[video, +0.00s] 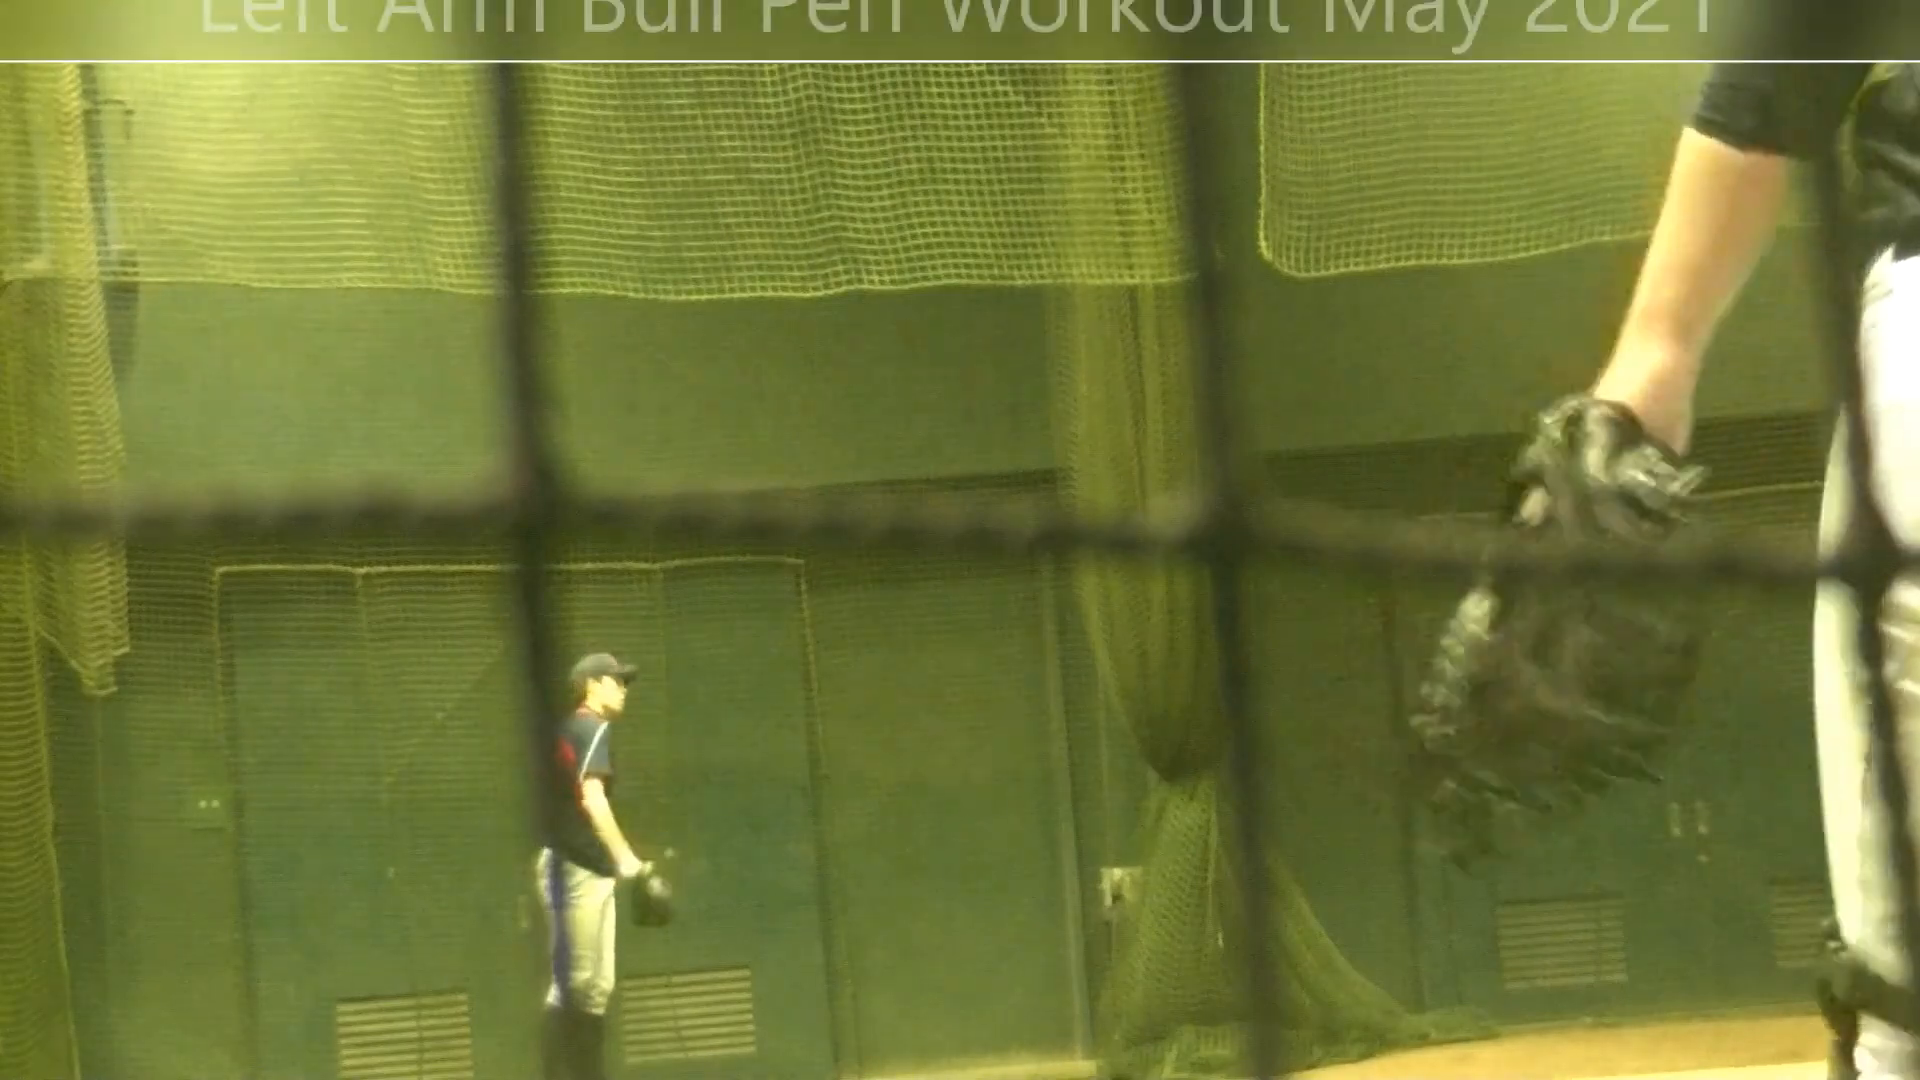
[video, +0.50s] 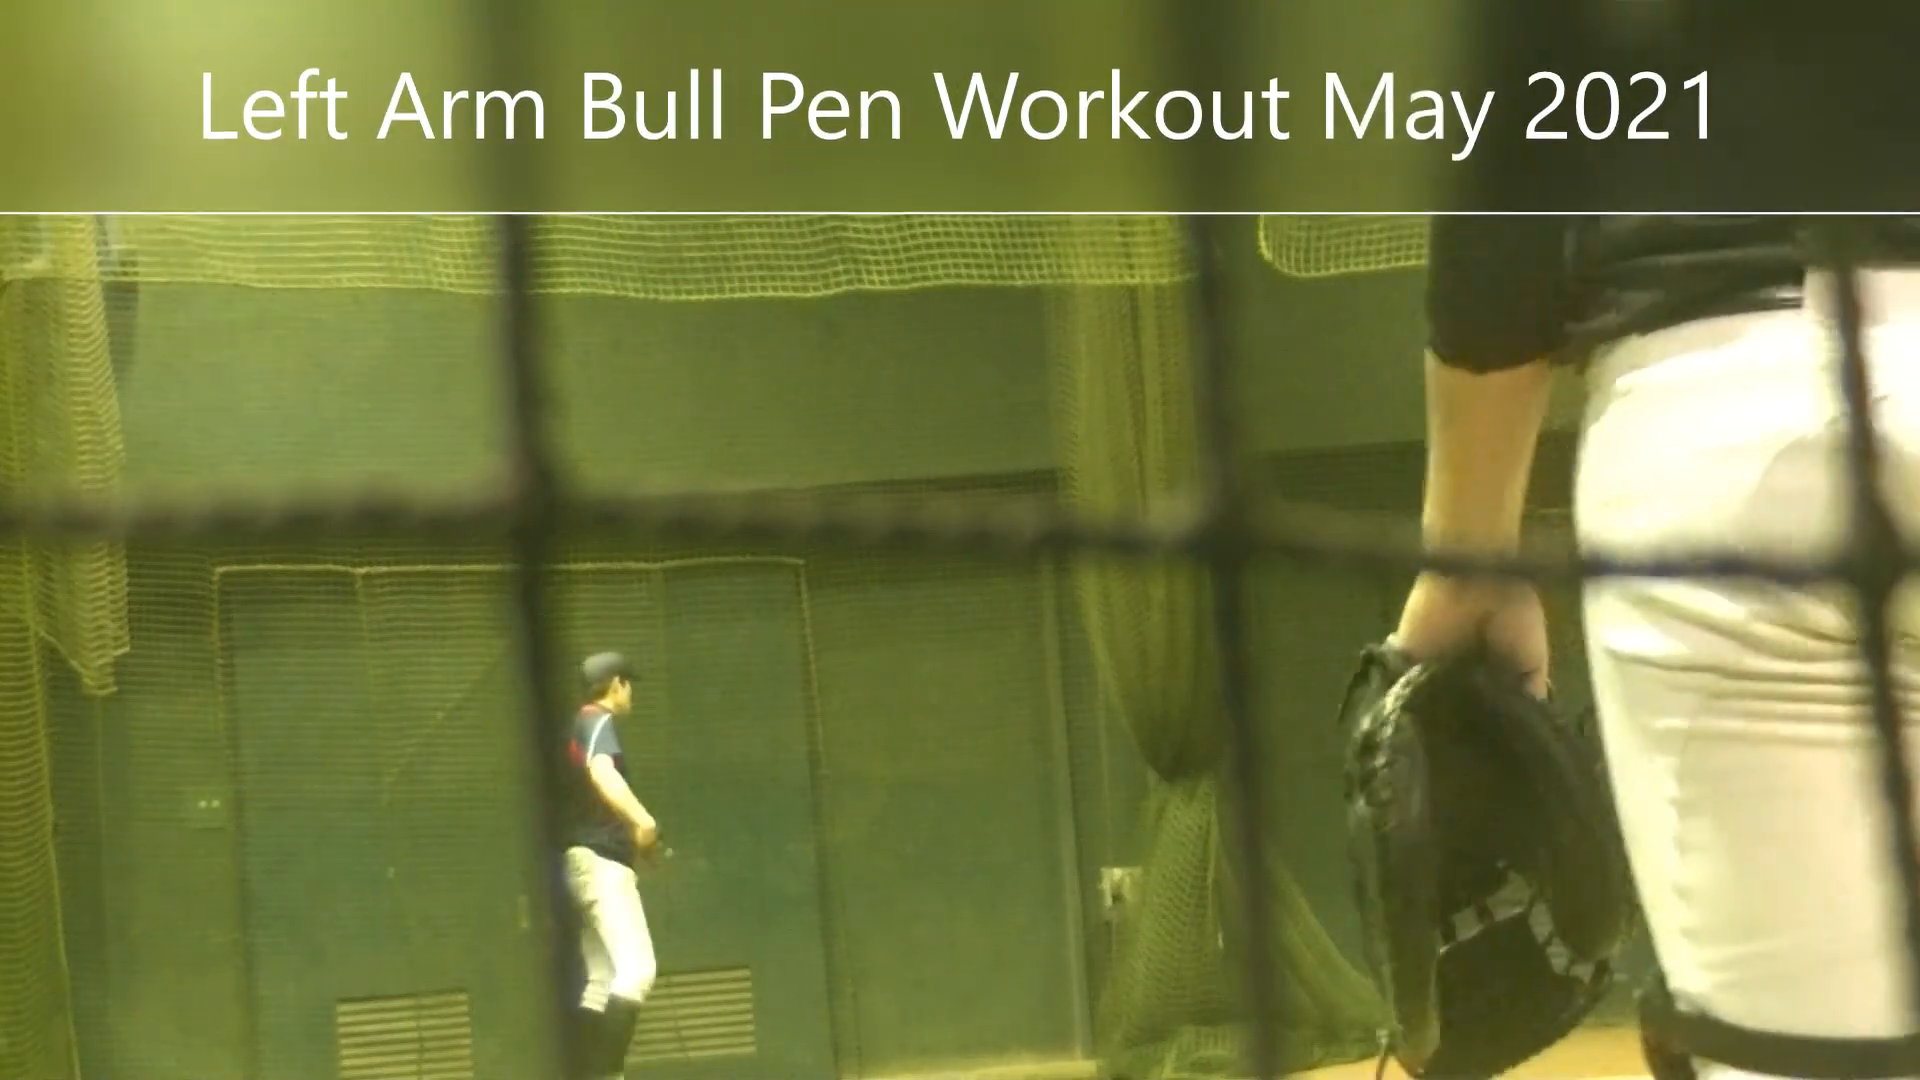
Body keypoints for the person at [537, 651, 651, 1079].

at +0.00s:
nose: (624, 690)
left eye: (622, 683)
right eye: (616, 682)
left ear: (592, 688)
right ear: (592, 686)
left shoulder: (583, 728)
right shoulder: (587, 727)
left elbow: (577, 801)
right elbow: (591, 794)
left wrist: (634, 869)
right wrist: (628, 861)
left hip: (593, 869)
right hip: (573, 867)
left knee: (596, 986)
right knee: (577, 986)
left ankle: (583, 1074)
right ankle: (565, 1075)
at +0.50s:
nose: (630, 694)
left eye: (628, 686)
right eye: (627, 686)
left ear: (596, 687)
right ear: (614, 686)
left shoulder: (578, 723)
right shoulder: (597, 719)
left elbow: (588, 795)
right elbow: (600, 770)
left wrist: (637, 844)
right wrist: (642, 820)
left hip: (580, 860)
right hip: (598, 862)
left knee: (600, 976)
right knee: (635, 968)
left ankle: (580, 1069)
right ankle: (604, 1070)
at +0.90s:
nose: (661, 695)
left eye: (659, 687)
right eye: (658, 688)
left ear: (624, 691)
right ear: (647, 689)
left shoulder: (600, 730)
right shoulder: (645, 724)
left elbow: (584, 801)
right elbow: (646, 788)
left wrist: (593, 854)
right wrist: (666, 847)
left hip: (601, 861)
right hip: (634, 861)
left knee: (619, 978)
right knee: (683, 967)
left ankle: (590, 1073)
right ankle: (710, 1072)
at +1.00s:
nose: (674, 693)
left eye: (671, 686)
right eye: (672, 687)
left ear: (635, 691)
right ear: (663, 689)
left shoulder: (607, 733)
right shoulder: (664, 730)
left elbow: (587, 801)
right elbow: (670, 792)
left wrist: (596, 859)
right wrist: (698, 848)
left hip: (609, 863)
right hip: (648, 861)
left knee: (628, 976)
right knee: (689, 969)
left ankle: (595, 1072)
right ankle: (709, 1072)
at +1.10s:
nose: (691, 690)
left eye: (688, 684)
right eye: (690, 685)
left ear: (648, 687)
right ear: (683, 686)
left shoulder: (616, 733)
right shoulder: (684, 729)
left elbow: (594, 800)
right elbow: (692, 793)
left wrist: (605, 861)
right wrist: (722, 850)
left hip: (621, 860)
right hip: (665, 858)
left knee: (643, 974)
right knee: (692, 971)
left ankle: (605, 1071)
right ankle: (710, 1072)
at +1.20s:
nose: (703, 692)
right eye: (703, 687)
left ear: (660, 688)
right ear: (698, 688)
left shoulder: (627, 731)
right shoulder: (705, 731)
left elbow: (600, 795)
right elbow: (716, 795)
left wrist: (607, 854)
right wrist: (743, 851)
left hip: (631, 858)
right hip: (680, 856)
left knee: (656, 968)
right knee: (698, 970)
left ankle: (622, 1058)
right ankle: (710, 1072)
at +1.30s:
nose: (709, 695)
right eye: (710, 689)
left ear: (669, 689)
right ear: (708, 690)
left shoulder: (636, 730)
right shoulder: (720, 731)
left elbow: (601, 793)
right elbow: (740, 798)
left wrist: (610, 854)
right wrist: (761, 853)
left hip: (640, 857)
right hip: (691, 856)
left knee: (661, 958)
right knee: (703, 964)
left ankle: (639, 1047)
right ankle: (711, 1070)